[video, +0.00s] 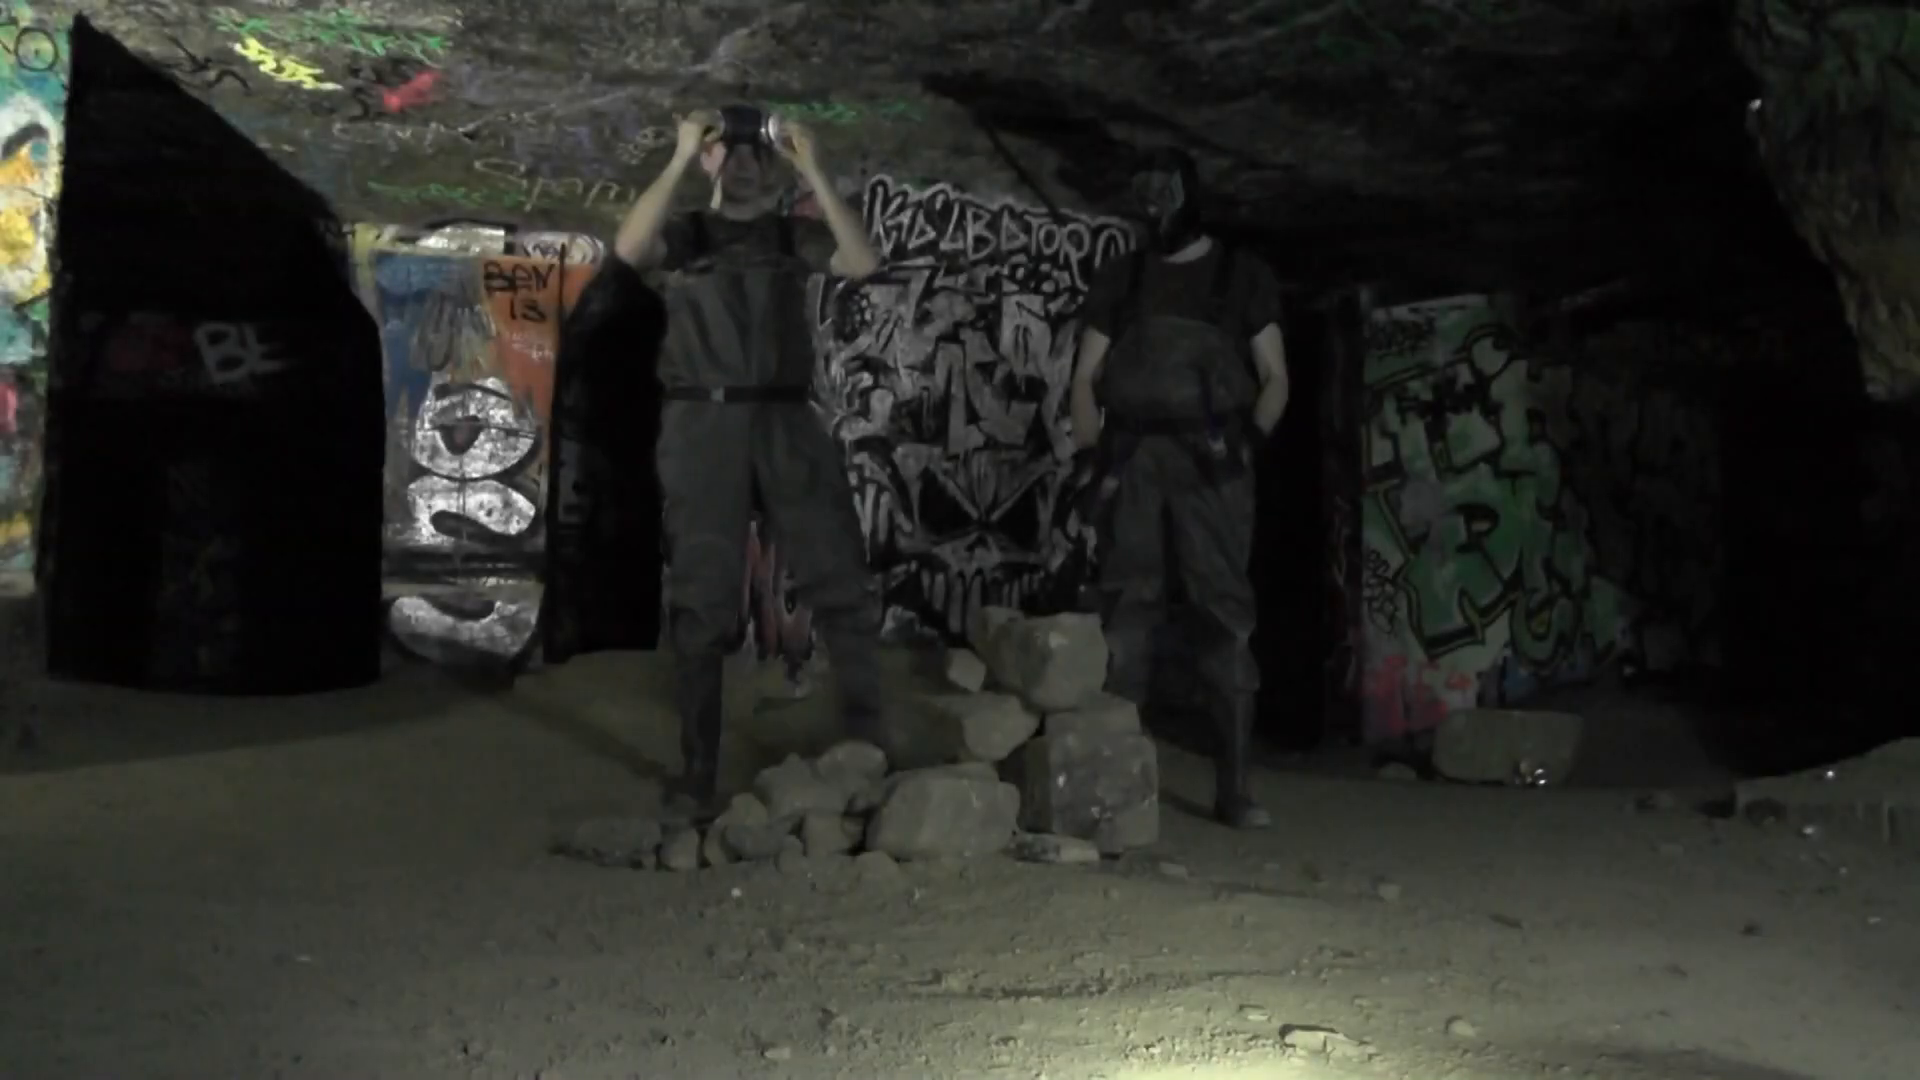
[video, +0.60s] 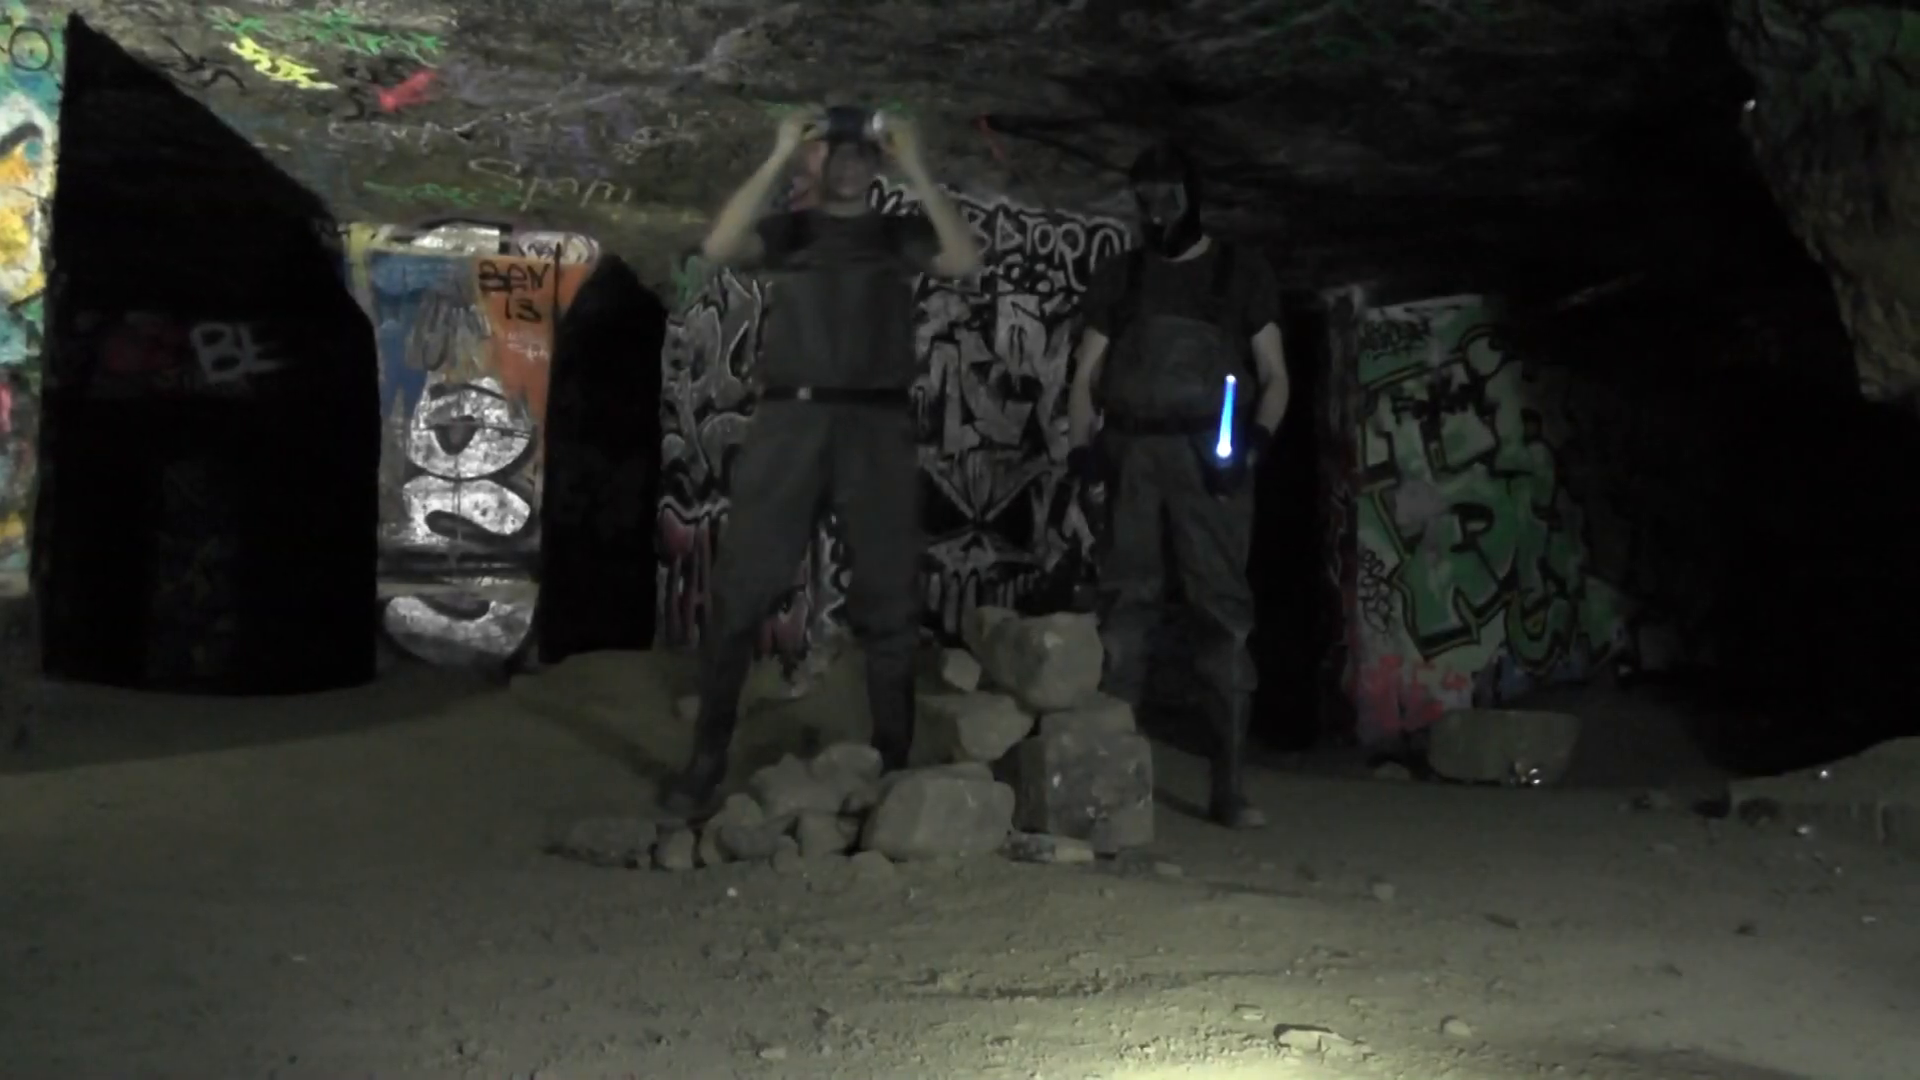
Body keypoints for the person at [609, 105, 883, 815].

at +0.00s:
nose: (744, 161)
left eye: (756, 149)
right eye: (728, 147)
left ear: (777, 163)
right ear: (706, 161)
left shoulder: (798, 232)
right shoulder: (685, 234)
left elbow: (861, 263)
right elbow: (629, 249)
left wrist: (813, 173)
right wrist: (680, 162)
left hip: (790, 431)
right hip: (703, 435)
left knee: (840, 592)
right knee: (701, 608)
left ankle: (868, 753)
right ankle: (698, 779)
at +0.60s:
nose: (849, 166)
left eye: (860, 156)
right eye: (837, 155)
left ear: (877, 170)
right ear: (812, 165)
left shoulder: (896, 232)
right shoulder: (786, 231)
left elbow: (963, 261)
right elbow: (720, 248)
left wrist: (916, 171)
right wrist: (778, 162)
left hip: (877, 438)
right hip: (787, 433)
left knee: (887, 606)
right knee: (741, 597)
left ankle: (893, 770)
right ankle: (706, 765)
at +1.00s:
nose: (846, 164)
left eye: (858, 154)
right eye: (834, 153)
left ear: (876, 168)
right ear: (809, 165)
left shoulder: (896, 233)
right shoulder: (782, 229)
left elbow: (969, 263)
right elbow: (719, 237)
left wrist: (918, 168)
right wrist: (779, 153)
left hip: (871, 436)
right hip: (782, 435)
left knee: (882, 610)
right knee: (744, 607)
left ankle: (884, 775)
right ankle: (706, 783)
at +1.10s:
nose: (838, 161)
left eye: (849, 151)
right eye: (825, 149)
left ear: (867, 164)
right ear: (800, 161)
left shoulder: (887, 230)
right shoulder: (773, 226)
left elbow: (960, 261)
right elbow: (711, 236)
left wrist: (908, 165)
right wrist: (769, 152)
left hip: (863, 436)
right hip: (776, 433)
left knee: (875, 610)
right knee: (739, 607)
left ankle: (883, 776)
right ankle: (703, 785)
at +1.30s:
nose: (822, 161)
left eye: (836, 150)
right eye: (810, 148)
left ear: (855, 161)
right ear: (787, 158)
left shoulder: (875, 230)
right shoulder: (761, 224)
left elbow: (945, 253)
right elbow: (694, 235)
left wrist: (892, 160)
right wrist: (754, 148)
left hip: (852, 441)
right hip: (763, 439)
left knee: (866, 615)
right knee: (729, 614)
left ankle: (882, 777)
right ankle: (699, 789)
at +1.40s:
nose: (818, 163)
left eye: (831, 152)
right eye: (805, 151)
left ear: (851, 162)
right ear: (783, 159)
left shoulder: (873, 229)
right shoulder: (757, 225)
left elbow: (941, 252)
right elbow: (689, 237)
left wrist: (887, 159)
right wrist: (749, 150)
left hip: (850, 440)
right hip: (762, 439)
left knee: (866, 615)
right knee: (729, 613)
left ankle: (882, 779)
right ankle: (697, 789)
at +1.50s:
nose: (816, 164)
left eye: (828, 153)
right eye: (803, 152)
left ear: (849, 160)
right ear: (781, 159)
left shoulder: (872, 228)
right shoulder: (756, 225)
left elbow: (939, 252)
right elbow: (688, 240)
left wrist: (883, 158)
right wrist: (745, 150)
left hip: (850, 439)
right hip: (761, 437)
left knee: (865, 615)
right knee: (729, 613)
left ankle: (882, 778)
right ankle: (697, 789)